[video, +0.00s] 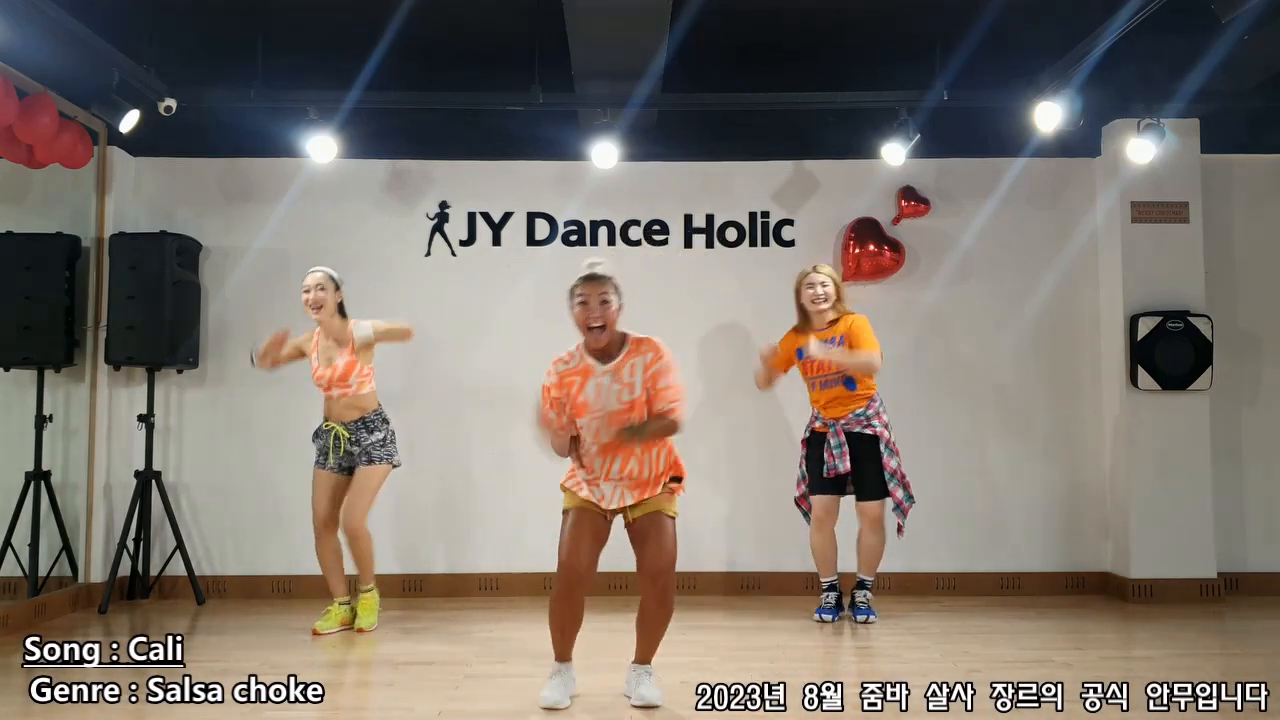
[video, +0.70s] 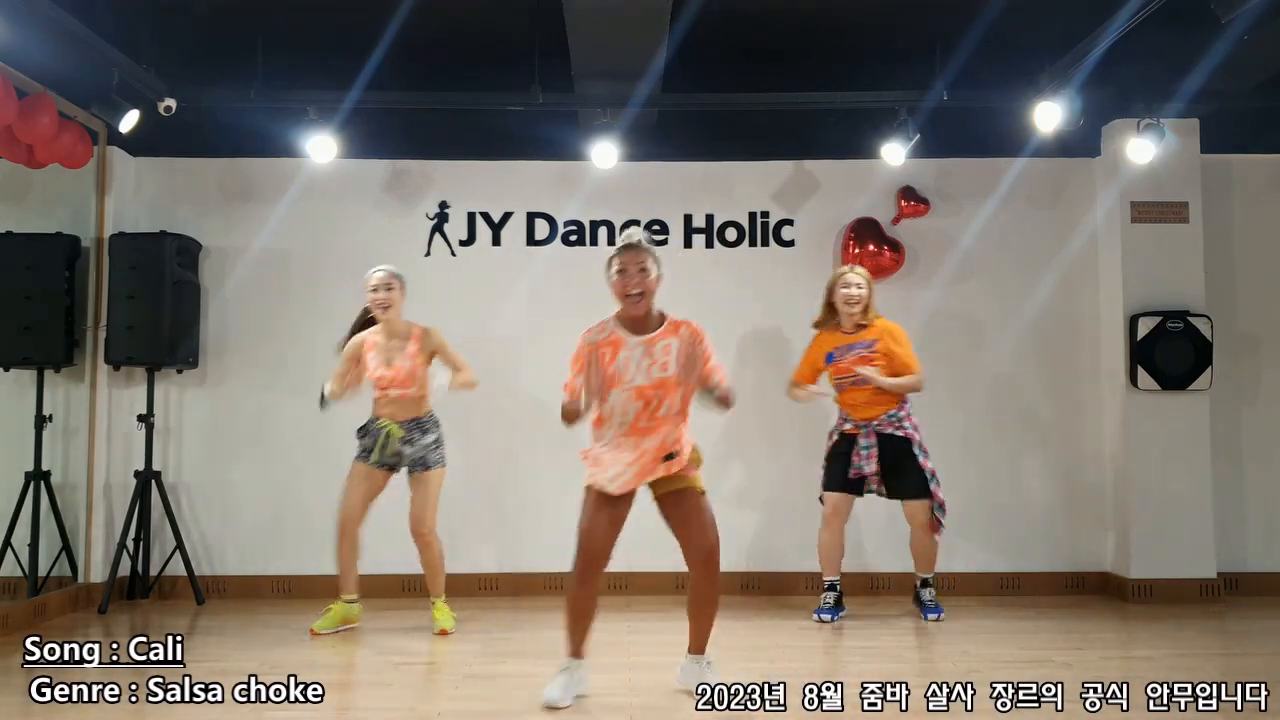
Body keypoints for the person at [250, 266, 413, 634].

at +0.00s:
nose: (312, 296)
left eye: (321, 288)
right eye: (307, 290)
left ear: (338, 295)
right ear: (302, 299)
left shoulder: (360, 331)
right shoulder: (309, 341)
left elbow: (407, 332)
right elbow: (267, 363)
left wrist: (367, 334)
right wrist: (270, 349)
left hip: (373, 434)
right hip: (333, 437)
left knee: (352, 520)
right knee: (323, 523)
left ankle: (367, 594)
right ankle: (341, 604)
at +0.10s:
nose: (306, 294)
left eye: (315, 287)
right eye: (302, 289)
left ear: (336, 291)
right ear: (301, 297)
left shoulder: (359, 326)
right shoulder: (309, 339)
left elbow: (400, 322)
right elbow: (273, 354)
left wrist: (372, 328)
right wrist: (271, 367)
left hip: (371, 429)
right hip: (332, 435)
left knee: (382, 515)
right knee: (323, 522)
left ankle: (396, 582)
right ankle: (342, 604)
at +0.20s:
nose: (306, 288)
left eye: (313, 282)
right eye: (306, 283)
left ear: (336, 285)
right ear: (311, 289)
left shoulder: (355, 317)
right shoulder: (311, 325)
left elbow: (372, 276)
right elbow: (269, 314)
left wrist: (329, 258)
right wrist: (259, 284)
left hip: (375, 418)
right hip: (338, 426)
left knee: (408, 505)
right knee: (332, 518)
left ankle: (440, 581)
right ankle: (343, 603)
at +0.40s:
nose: (318, 288)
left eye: (326, 280)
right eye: (314, 282)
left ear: (348, 287)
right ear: (313, 290)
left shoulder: (363, 324)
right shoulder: (322, 328)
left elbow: (364, 294)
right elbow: (275, 321)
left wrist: (316, 269)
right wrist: (257, 291)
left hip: (389, 420)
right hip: (353, 428)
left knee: (422, 512)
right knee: (333, 516)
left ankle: (462, 588)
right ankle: (343, 604)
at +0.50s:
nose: (334, 298)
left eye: (343, 291)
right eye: (328, 291)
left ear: (360, 297)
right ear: (323, 298)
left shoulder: (379, 332)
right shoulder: (329, 345)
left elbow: (416, 362)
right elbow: (301, 383)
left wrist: (377, 361)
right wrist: (293, 375)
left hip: (396, 433)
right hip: (358, 438)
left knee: (413, 523)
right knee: (327, 522)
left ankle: (446, 595)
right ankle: (342, 605)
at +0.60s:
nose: (358, 303)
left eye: (366, 296)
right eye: (352, 297)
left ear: (381, 303)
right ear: (345, 306)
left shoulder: (404, 345)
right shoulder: (345, 354)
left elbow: (443, 391)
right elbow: (331, 402)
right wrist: (321, 423)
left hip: (406, 441)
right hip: (365, 443)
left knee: (414, 534)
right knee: (325, 524)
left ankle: (439, 604)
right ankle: (341, 606)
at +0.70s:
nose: (381, 296)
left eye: (389, 289)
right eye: (374, 290)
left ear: (403, 295)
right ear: (367, 299)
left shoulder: (426, 337)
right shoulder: (361, 343)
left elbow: (468, 375)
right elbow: (332, 392)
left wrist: (456, 381)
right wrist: (344, 381)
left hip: (423, 434)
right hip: (380, 434)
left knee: (423, 528)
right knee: (348, 518)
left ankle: (439, 603)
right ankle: (349, 603)